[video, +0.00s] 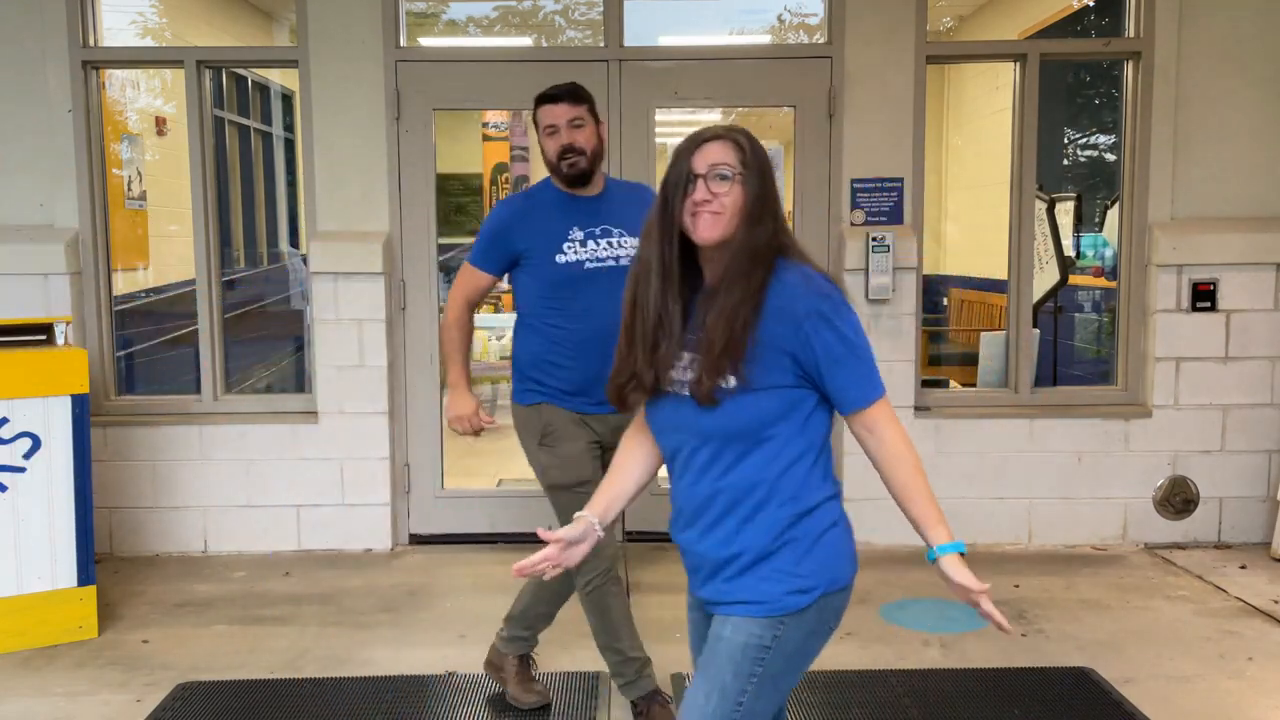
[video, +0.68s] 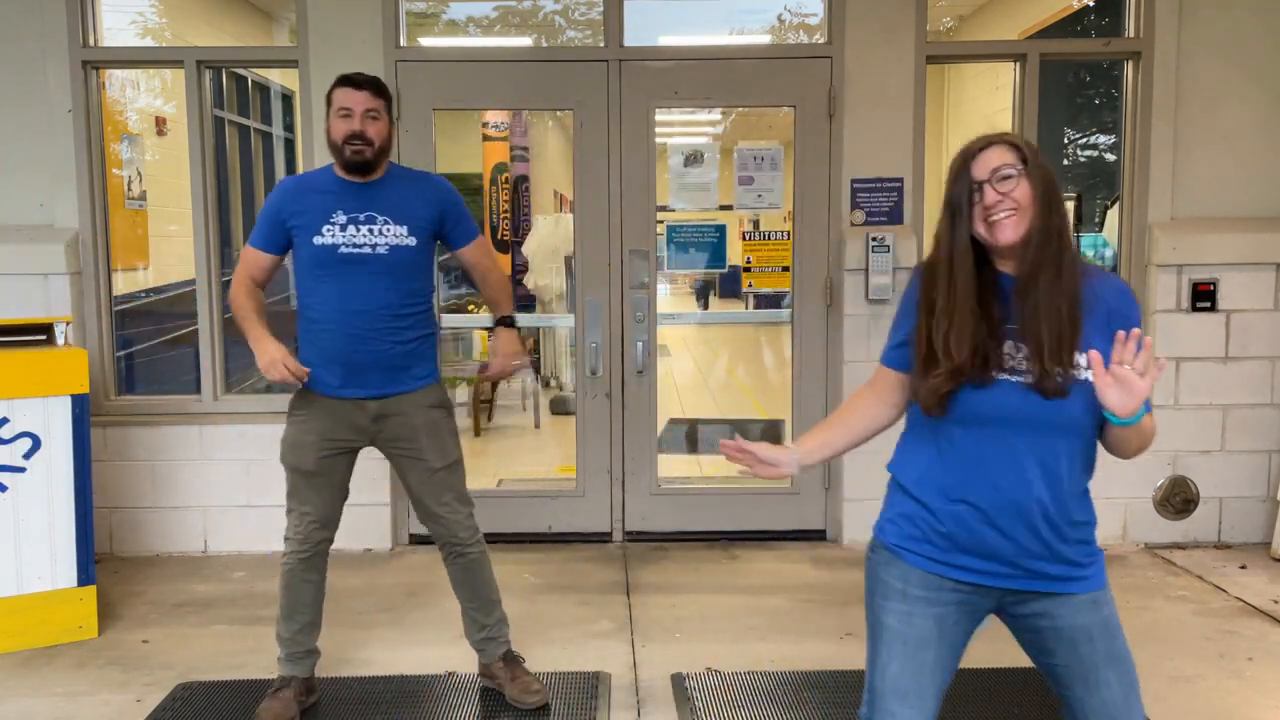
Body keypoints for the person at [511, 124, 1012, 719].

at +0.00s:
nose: (700, 192)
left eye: (721, 177)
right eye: (689, 179)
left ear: (758, 195)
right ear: (676, 198)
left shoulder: (801, 296)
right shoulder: (677, 303)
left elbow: (877, 426)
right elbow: (653, 426)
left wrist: (946, 551)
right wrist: (592, 521)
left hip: (788, 575)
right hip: (709, 568)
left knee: (706, 712)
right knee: (741, 708)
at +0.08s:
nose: (738, 200)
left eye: (759, 186)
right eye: (726, 189)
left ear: (792, 202)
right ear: (711, 207)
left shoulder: (842, 305)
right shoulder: (711, 310)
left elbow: (911, 428)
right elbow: (686, 430)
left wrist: (949, 547)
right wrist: (602, 515)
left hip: (835, 577)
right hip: (743, 572)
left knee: (734, 711)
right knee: (739, 712)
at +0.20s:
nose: (793, 209)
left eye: (811, 194)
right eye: (780, 199)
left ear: (847, 209)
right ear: (767, 221)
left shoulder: (904, 313)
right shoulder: (754, 315)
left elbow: (949, 429)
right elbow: (714, 434)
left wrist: (968, 472)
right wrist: (615, 488)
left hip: (885, 565)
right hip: (779, 567)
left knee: (793, 710)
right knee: (764, 712)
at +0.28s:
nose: (828, 200)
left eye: (847, 182)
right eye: (813, 188)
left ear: (882, 196)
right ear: (799, 209)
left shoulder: (941, 302)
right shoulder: (781, 301)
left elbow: (958, 441)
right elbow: (737, 411)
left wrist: (975, 427)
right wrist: (641, 465)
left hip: (915, 552)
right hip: (800, 554)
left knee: (865, 708)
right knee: (788, 710)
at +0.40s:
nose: (874, 170)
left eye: (890, 153)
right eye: (859, 161)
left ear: (925, 164)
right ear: (846, 181)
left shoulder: (980, 271)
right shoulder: (821, 258)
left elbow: (1006, 412)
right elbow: (769, 363)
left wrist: (995, 392)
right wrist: (682, 441)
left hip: (951, 529)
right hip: (829, 531)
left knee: (992, 708)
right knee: (835, 711)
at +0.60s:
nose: (954, 187)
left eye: (969, 169)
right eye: (938, 180)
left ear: (1005, 177)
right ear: (928, 204)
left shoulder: (1066, 288)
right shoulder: (904, 273)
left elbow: (1090, 434)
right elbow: (844, 378)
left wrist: (1085, 401)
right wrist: (750, 438)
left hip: (1021, 551)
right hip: (890, 547)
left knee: (1090, 710)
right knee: (868, 711)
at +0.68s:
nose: (990, 195)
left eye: (1005, 177)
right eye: (974, 189)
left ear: (1041, 186)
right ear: (964, 213)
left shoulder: (1104, 298)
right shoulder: (937, 284)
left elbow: (1129, 445)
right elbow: (887, 390)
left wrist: (1126, 416)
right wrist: (797, 455)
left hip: (1058, 562)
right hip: (926, 555)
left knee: (1119, 713)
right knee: (897, 711)